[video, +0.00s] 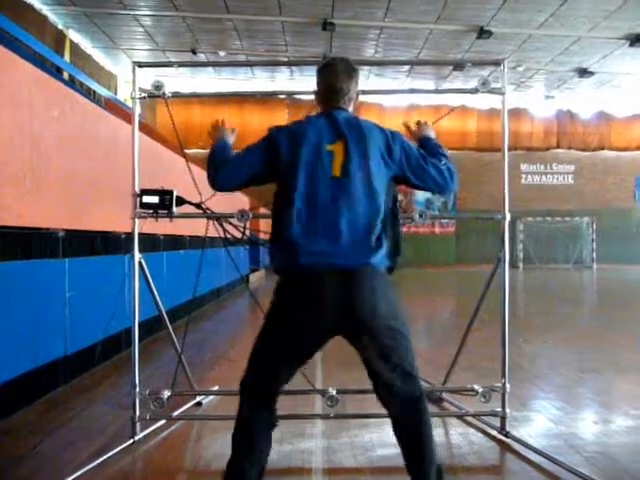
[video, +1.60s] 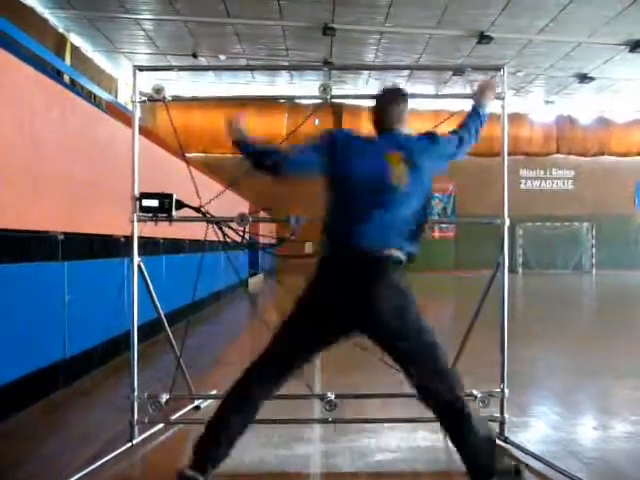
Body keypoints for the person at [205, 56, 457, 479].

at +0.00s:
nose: (338, 97)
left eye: (322, 90)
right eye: (350, 91)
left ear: (316, 94)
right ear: (356, 95)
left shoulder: (289, 139)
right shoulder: (381, 140)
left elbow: (223, 177)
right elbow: (443, 181)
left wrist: (222, 143)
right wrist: (427, 141)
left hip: (303, 290)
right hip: (367, 289)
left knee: (258, 390)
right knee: (404, 393)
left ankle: (243, 476)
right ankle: (428, 475)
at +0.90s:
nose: (306, 109)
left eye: (295, 100)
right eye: (315, 101)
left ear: (282, 107)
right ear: (319, 109)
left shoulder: (256, 158)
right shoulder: (345, 154)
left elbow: (200, 173)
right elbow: (403, 195)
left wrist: (193, 146)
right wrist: (397, 166)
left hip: (282, 301)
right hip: (343, 301)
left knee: (220, 379)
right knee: (387, 397)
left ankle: (196, 472)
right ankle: (423, 474)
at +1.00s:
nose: (276, 119)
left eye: (264, 114)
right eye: (276, 115)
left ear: (241, 121)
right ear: (276, 122)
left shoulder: (222, 159)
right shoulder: (296, 166)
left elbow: (190, 141)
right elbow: (343, 221)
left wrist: (165, 110)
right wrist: (374, 202)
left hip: (254, 296)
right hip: (306, 294)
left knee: (196, 392)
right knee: (368, 389)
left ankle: (150, 471)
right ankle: (417, 471)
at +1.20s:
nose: (284, 147)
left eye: (283, 139)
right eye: (281, 140)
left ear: (242, 145)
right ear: (272, 144)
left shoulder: (210, 187)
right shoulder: (289, 188)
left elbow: (169, 194)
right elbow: (312, 247)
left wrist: (162, 159)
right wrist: (365, 231)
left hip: (229, 314)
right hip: (282, 316)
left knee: (171, 395)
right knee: (347, 400)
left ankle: (141, 472)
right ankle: (377, 472)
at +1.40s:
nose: (337, 121)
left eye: (336, 114)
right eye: (336, 114)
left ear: (295, 114)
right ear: (329, 116)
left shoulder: (266, 150)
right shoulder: (344, 152)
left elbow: (228, 141)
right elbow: (398, 193)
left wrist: (266, 120)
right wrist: (400, 161)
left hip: (287, 287)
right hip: (336, 286)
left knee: (240, 374)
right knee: (370, 358)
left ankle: (233, 472)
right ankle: (358, 461)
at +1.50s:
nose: (365, 110)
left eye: (361, 103)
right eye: (364, 104)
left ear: (325, 105)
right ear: (360, 106)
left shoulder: (293, 135)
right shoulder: (369, 145)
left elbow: (242, 116)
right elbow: (436, 175)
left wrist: (257, 81)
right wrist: (438, 148)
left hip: (298, 278)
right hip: (351, 279)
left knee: (264, 373)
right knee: (415, 358)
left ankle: (235, 469)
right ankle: (423, 448)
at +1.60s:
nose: (399, 113)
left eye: (393, 106)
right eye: (402, 108)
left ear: (373, 115)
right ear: (407, 117)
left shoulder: (343, 145)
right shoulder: (424, 151)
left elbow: (285, 163)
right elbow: (463, 140)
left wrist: (245, 144)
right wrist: (481, 104)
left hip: (331, 282)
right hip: (383, 286)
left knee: (267, 371)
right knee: (440, 387)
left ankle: (199, 464)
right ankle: (489, 469)